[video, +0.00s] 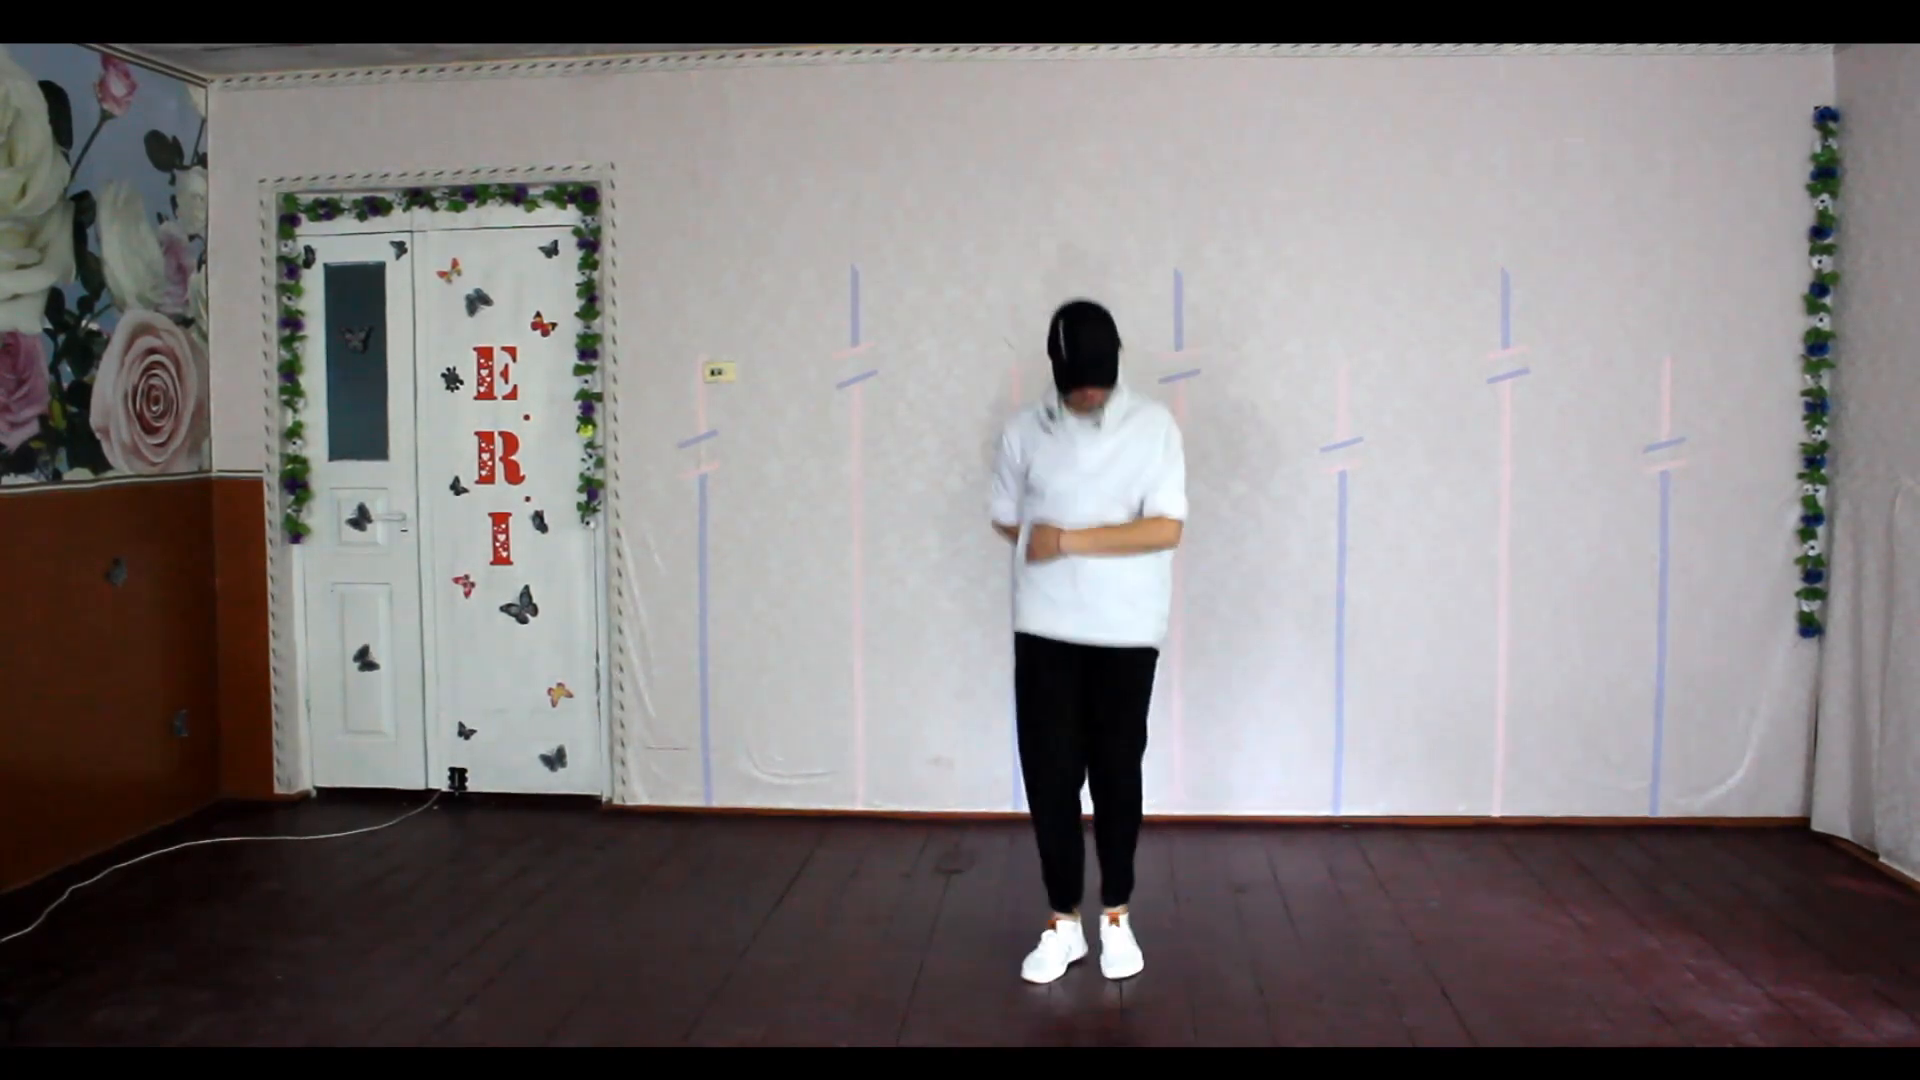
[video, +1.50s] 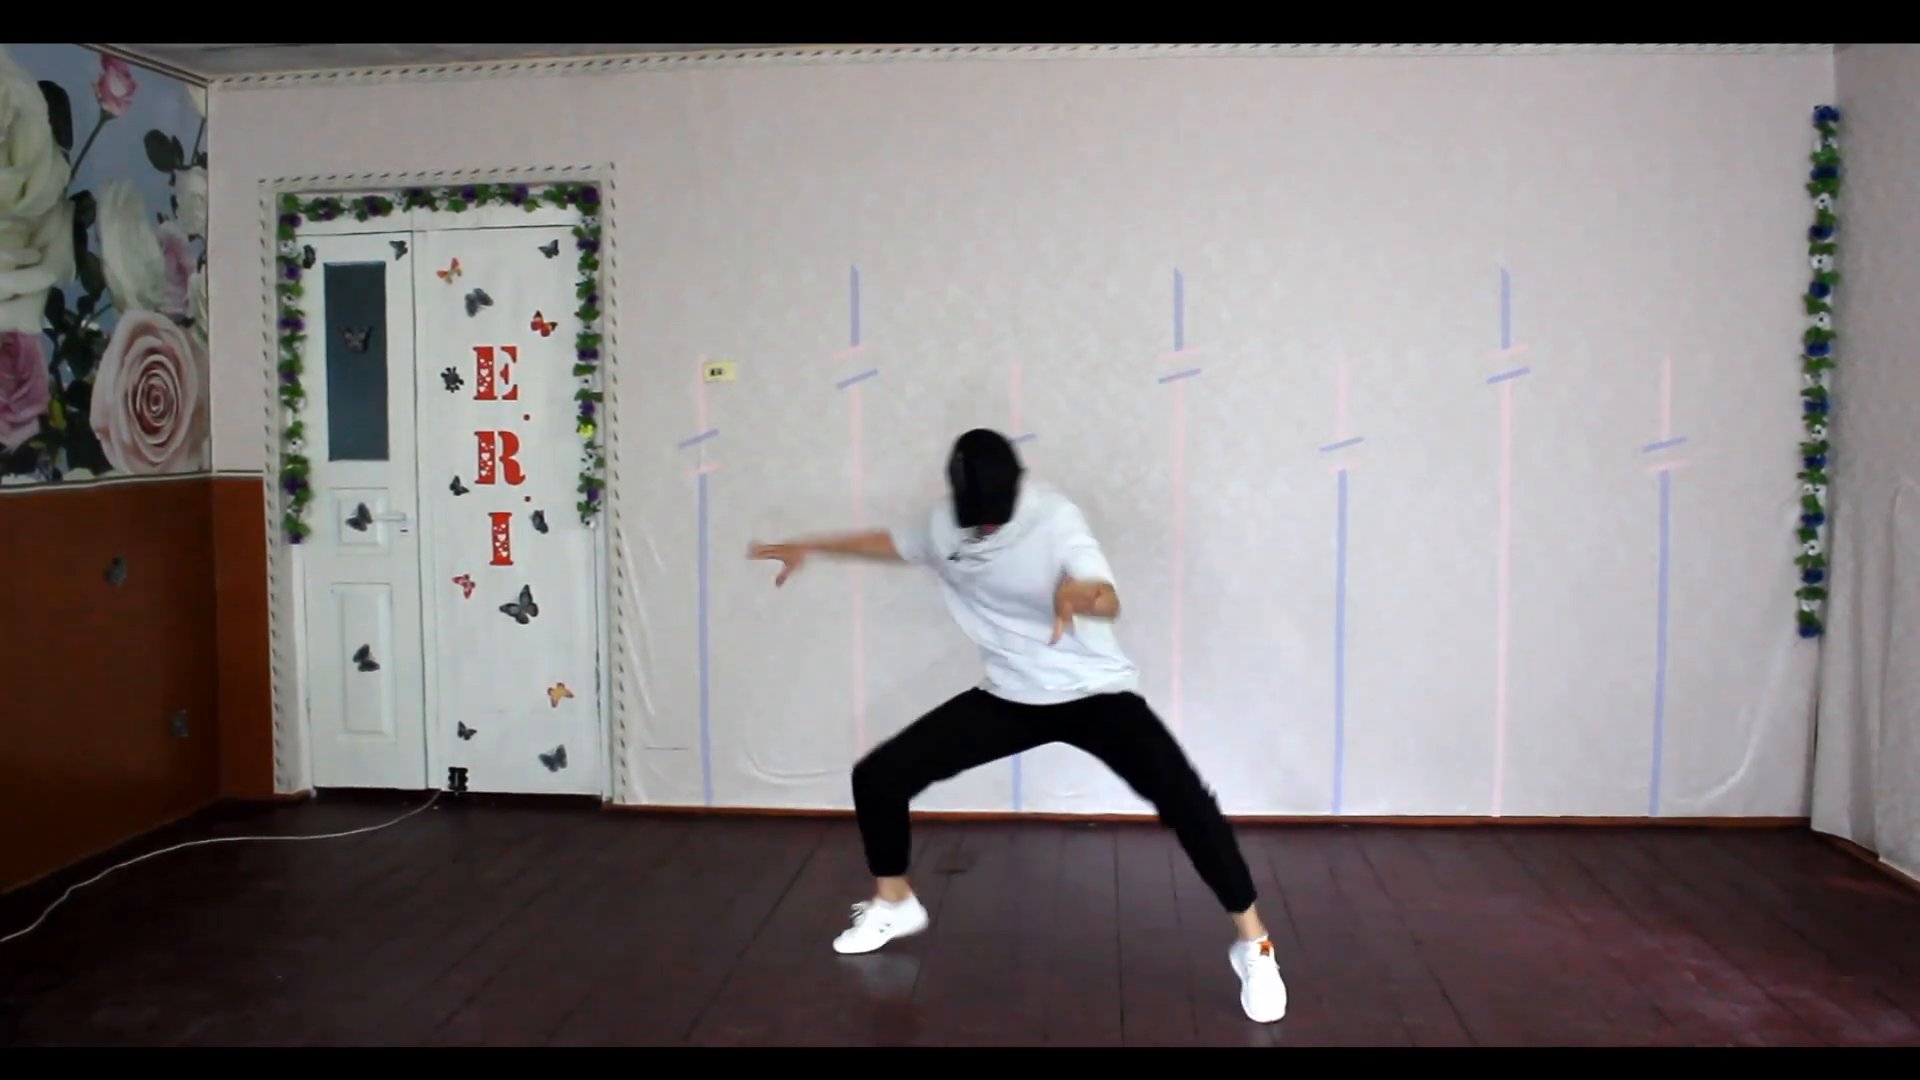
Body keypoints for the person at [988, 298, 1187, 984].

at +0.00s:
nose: (1091, 396)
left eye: (1101, 383)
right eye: (1078, 386)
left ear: (1117, 369)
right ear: (1056, 374)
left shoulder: (1152, 425)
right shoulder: (1024, 431)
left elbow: (1167, 529)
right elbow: (1004, 523)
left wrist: (1068, 539)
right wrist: (1073, 542)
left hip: (1125, 639)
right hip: (1043, 636)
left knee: (1116, 779)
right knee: (1050, 782)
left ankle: (1116, 917)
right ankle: (1064, 923)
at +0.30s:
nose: (1052, 388)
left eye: (1064, 376)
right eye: (1041, 376)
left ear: (1088, 354)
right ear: (1023, 360)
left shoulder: (1132, 396)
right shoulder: (1005, 406)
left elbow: (1179, 470)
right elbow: (959, 454)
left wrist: (1094, 512)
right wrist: (967, 538)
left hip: (1118, 612)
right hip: (1034, 610)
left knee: (1127, 759)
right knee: (1015, 762)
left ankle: (1129, 909)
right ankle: (1043, 909)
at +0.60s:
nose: (1046, 541)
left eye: (1055, 530)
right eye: (1035, 531)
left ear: (1074, 505)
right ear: (1014, 507)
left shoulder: (1099, 530)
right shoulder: (992, 524)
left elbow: (1095, 635)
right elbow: (937, 563)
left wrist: (1073, 644)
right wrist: (847, 585)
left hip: (1099, 707)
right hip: (1009, 702)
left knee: (1176, 826)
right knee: (894, 803)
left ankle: (1243, 936)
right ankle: (909, 913)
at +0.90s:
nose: (960, 536)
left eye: (968, 524)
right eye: (948, 529)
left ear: (988, 491)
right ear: (925, 506)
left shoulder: (1022, 509)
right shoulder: (917, 516)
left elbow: (1078, 590)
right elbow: (859, 511)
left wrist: (1049, 594)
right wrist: (780, 504)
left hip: (1084, 680)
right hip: (995, 683)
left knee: (1186, 787)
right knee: (875, 770)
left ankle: (1244, 917)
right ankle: (888, 896)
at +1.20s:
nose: (1034, 535)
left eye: (1040, 523)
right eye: (1019, 526)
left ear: (1056, 496)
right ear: (996, 506)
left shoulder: (1082, 539)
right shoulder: (976, 532)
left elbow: (1099, 652)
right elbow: (939, 587)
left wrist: (1076, 651)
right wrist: (851, 615)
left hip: (1086, 707)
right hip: (996, 706)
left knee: (1174, 817)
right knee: (870, 789)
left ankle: (1239, 952)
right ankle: (897, 902)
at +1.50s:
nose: (982, 531)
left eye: (992, 521)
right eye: (971, 521)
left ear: (1014, 497)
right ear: (954, 501)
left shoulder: (1054, 520)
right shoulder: (940, 529)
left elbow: (1107, 598)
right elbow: (889, 546)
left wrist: (1071, 595)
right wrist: (807, 548)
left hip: (1097, 698)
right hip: (1007, 699)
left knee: (1187, 803)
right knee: (879, 779)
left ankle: (1255, 945)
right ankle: (894, 903)